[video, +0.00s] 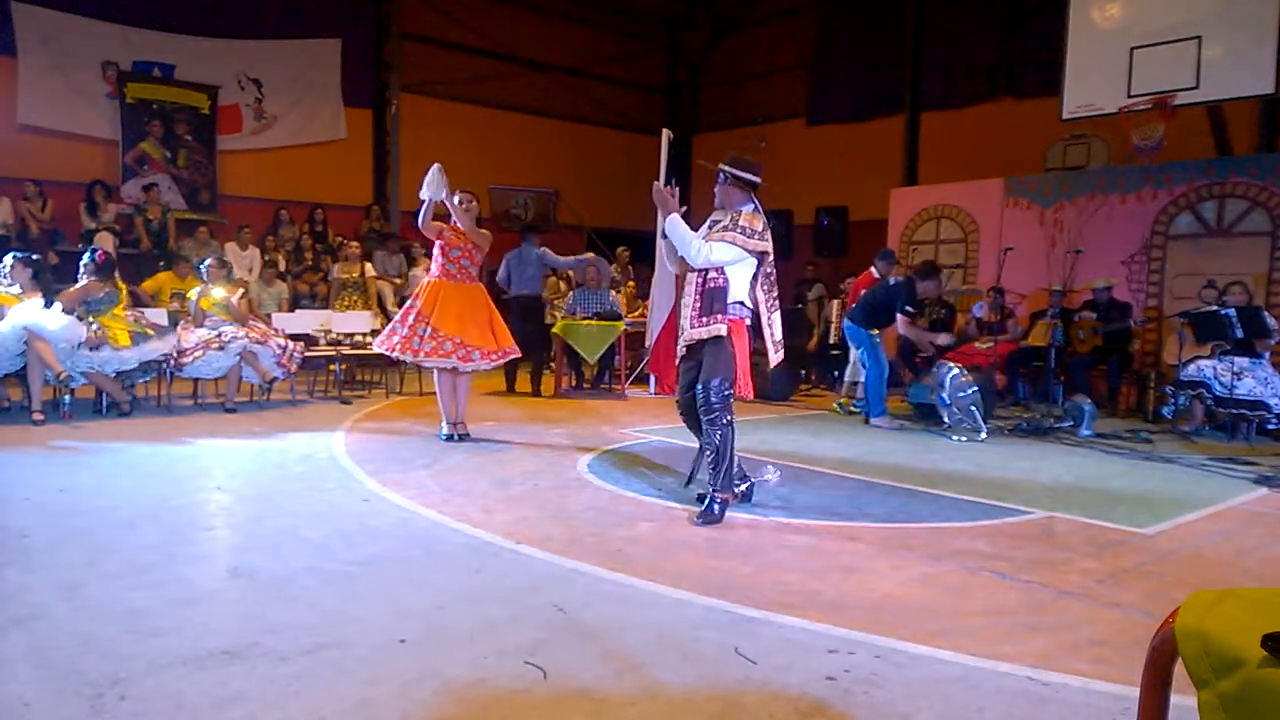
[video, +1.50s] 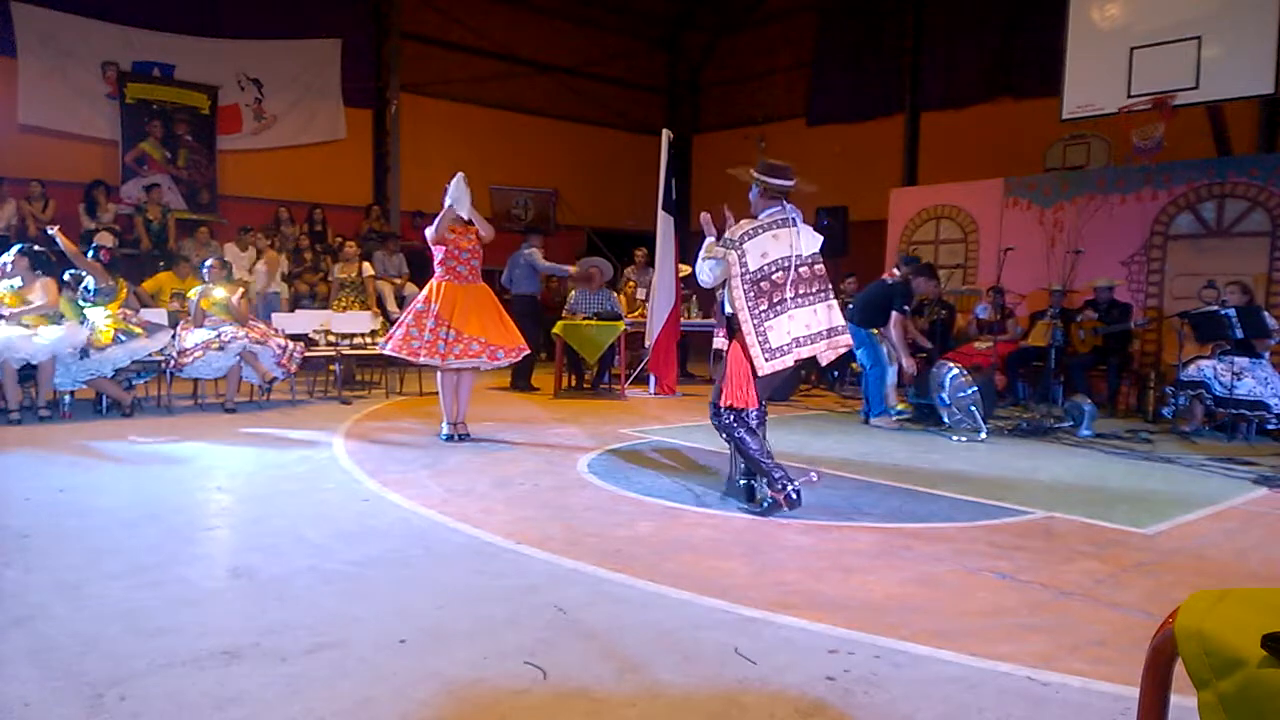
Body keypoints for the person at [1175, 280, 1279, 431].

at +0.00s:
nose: (1237, 297)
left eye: (1241, 293)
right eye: (1231, 294)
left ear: (1248, 297)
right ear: (1223, 298)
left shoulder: (1258, 315)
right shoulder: (1216, 316)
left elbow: (1265, 346)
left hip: (1254, 364)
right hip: (1223, 363)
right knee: (1196, 368)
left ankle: (1243, 425)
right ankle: (1197, 419)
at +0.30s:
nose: (1238, 297)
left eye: (1242, 293)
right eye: (1233, 293)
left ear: (1249, 297)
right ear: (1224, 299)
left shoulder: (1259, 315)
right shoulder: (1218, 315)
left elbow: (1264, 347)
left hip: (1254, 364)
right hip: (1223, 363)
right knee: (1197, 368)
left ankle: (1244, 426)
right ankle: (1197, 419)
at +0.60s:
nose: (1233, 297)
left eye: (1238, 293)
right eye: (1229, 294)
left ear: (1247, 297)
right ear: (1223, 298)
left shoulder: (1258, 315)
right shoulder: (1218, 316)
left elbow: (1264, 347)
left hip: (1254, 364)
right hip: (1223, 363)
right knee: (1197, 368)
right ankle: (1197, 419)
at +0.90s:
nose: (1228, 297)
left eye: (1234, 293)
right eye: (1225, 294)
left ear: (1246, 297)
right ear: (1221, 297)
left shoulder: (1258, 315)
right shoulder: (1217, 316)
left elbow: (1264, 347)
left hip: (1253, 364)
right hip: (1222, 363)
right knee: (1196, 368)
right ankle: (1197, 419)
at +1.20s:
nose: (1226, 297)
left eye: (1232, 293)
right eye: (1224, 294)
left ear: (1246, 297)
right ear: (1220, 297)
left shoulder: (1257, 315)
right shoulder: (1217, 315)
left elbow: (1264, 346)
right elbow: (1200, 342)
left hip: (1254, 365)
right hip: (1223, 363)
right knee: (1197, 368)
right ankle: (1197, 419)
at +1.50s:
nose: (1226, 297)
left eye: (1232, 293)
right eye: (1225, 293)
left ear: (1245, 298)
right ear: (1222, 296)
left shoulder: (1257, 315)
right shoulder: (1219, 315)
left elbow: (1265, 345)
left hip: (1253, 364)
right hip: (1223, 363)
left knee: (1246, 382)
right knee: (1198, 369)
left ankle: (1241, 426)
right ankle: (1196, 420)